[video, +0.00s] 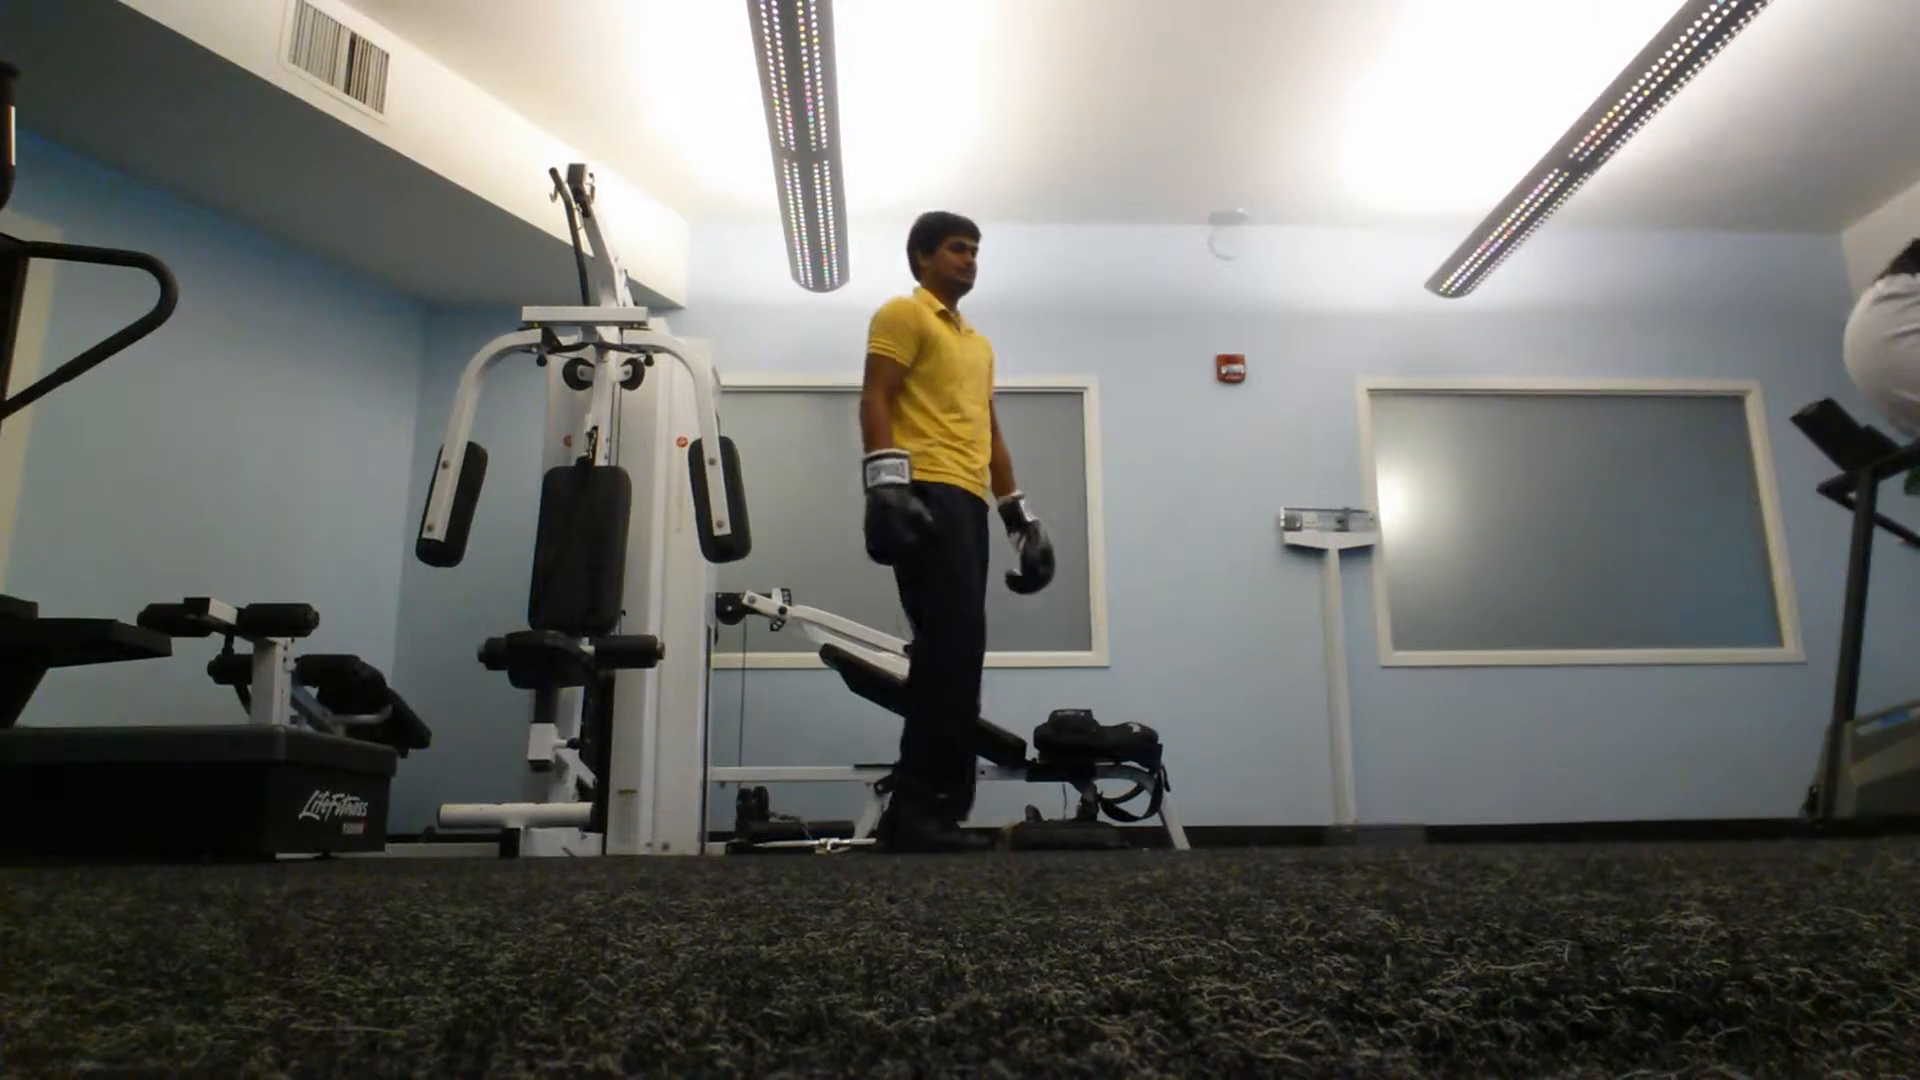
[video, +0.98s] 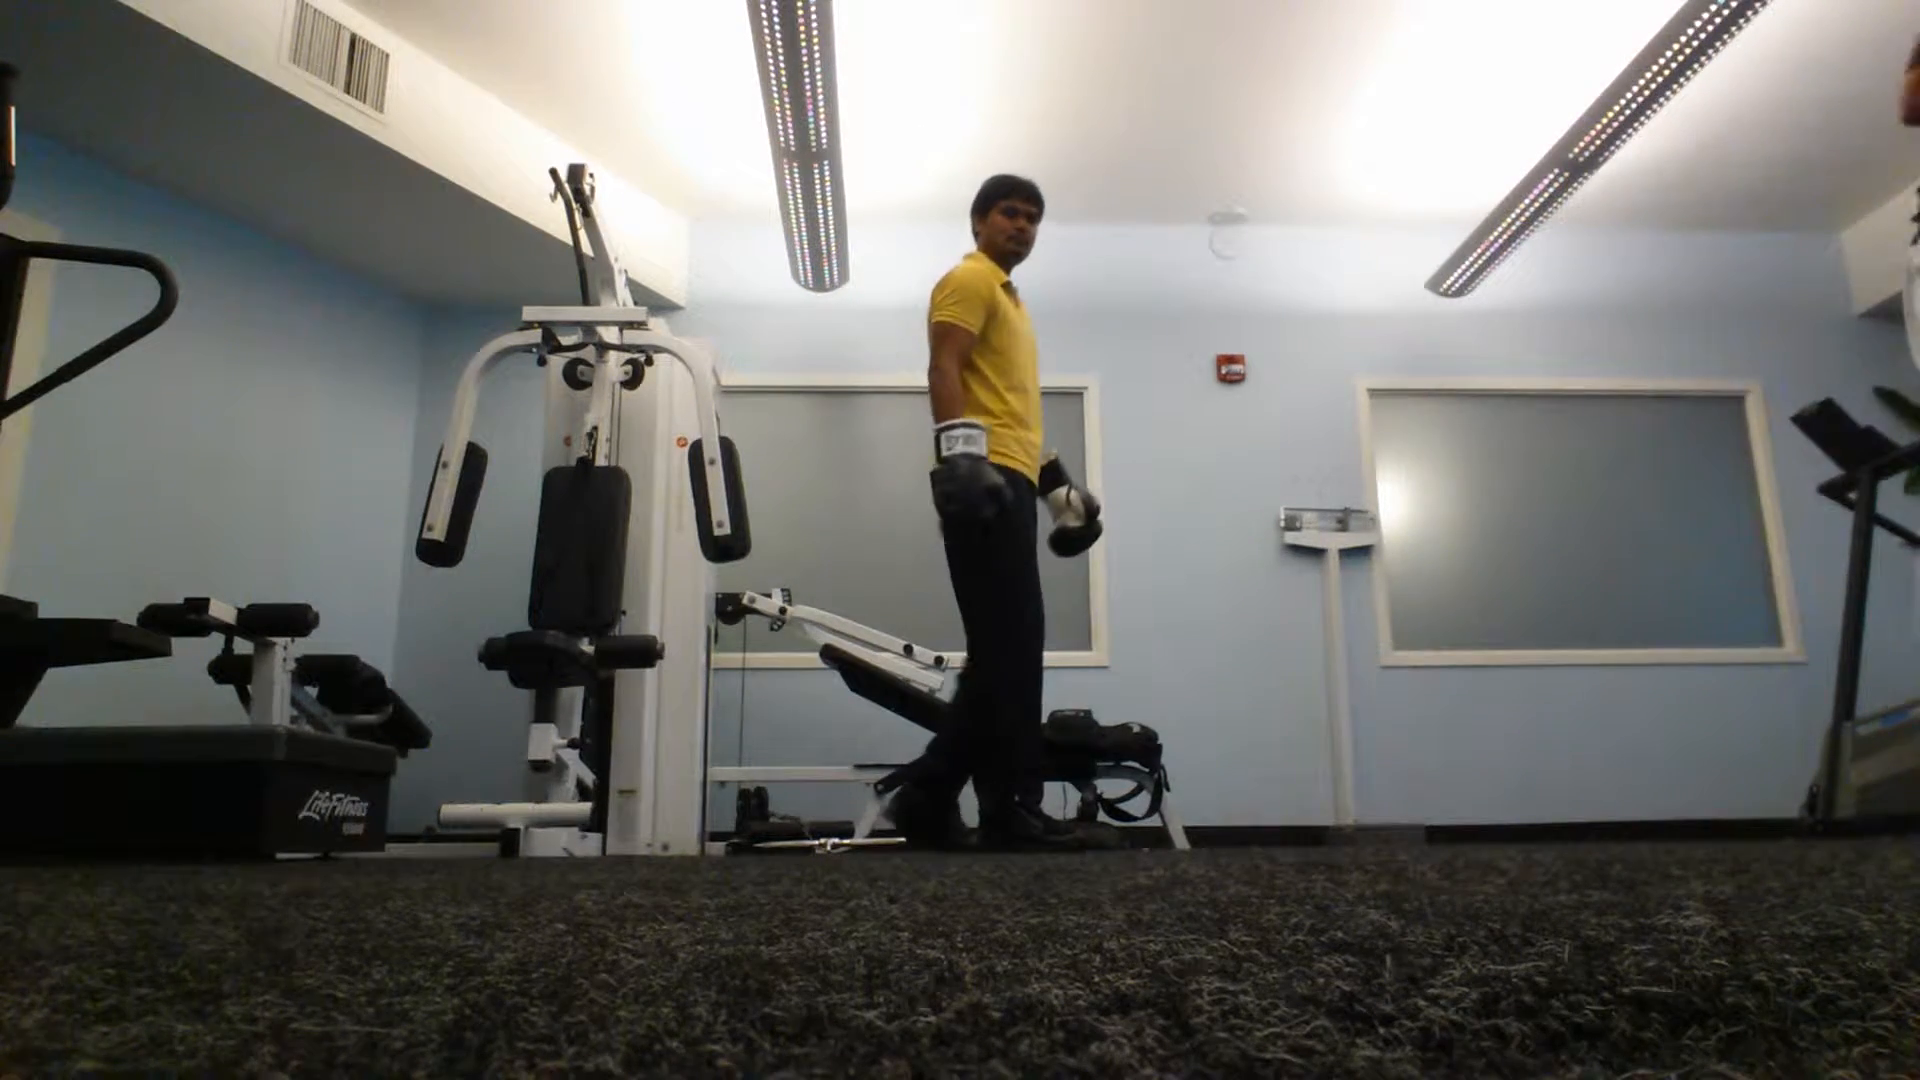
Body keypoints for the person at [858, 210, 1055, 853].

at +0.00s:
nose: (971, 260)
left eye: (975, 252)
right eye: (959, 250)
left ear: (975, 264)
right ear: (923, 256)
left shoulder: (978, 344)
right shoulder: (904, 314)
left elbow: (989, 432)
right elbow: (876, 396)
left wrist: (1020, 517)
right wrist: (886, 482)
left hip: (969, 504)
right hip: (926, 496)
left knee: (960, 649)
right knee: (949, 646)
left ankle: (937, 810)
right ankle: (917, 812)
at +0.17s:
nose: (979, 262)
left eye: (983, 254)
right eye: (967, 251)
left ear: (981, 264)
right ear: (932, 258)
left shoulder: (979, 343)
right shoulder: (915, 317)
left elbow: (983, 432)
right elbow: (891, 393)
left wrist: (1009, 520)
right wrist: (898, 473)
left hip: (969, 504)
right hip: (936, 496)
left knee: (947, 643)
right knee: (983, 627)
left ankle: (925, 798)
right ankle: (929, 794)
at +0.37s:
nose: (994, 263)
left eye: (998, 256)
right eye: (983, 252)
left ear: (995, 266)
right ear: (947, 256)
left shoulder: (982, 338)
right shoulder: (930, 312)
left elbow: (979, 433)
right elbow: (901, 395)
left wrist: (1002, 523)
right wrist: (920, 473)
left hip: (974, 506)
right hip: (940, 498)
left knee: (948, 652)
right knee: (963, 647)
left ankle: (911, 807)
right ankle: (996, 803)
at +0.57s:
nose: (1002, 259)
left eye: (1009, 252)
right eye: (991, 247)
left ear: (1010, 263)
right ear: (957, 250)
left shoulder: (994, 335)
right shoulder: (938, 309)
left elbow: (989, 429)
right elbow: (912, 395)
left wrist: (1010, 518)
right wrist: (938, 474)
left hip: (985, 507)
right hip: (952, 499)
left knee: (956, 650)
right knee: (990, 640)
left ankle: (913, 807)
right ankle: (1001, 807)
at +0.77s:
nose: (1008, 242)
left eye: (1016, 235)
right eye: (996, 230)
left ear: (1022, 247)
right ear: (966, 236)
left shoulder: (998, 314)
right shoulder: (954, 295)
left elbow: (1002, 411)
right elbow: (929, 381)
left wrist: (1033, 497)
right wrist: (940, 470)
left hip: (1000, 491)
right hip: (975, 489)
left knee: (968, 648)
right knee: (1012, 642)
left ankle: (915, 803)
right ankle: (1012, 810)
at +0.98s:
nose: (1023, 226)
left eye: (1031, 220)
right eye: (1011, 214)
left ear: (1036, 233)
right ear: (980, 220)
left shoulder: (1005, 297)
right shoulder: (969, 278)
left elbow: (1012, 402)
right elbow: (945, 368)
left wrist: (1055, 483)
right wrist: (960, 459)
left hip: (1006, 486)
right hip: (983, 481)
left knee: (1009, 647)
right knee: (1010, 644)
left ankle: (928, 794)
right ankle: (1008, 810)